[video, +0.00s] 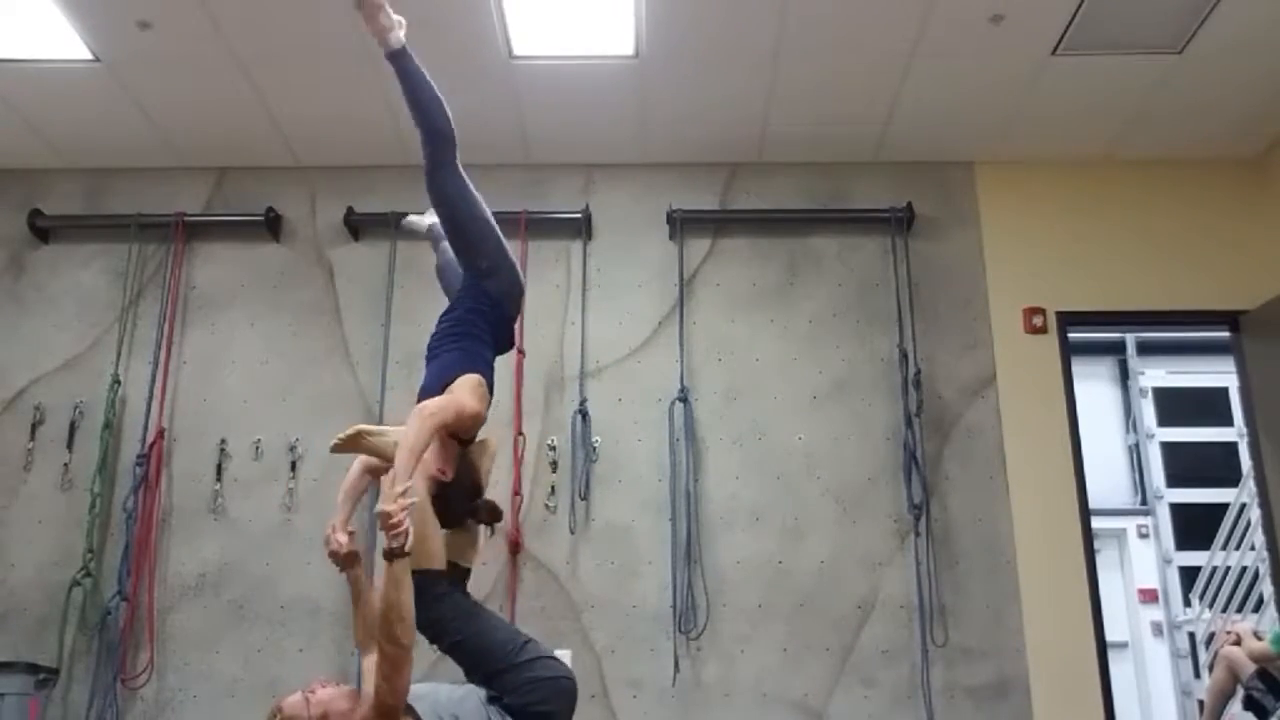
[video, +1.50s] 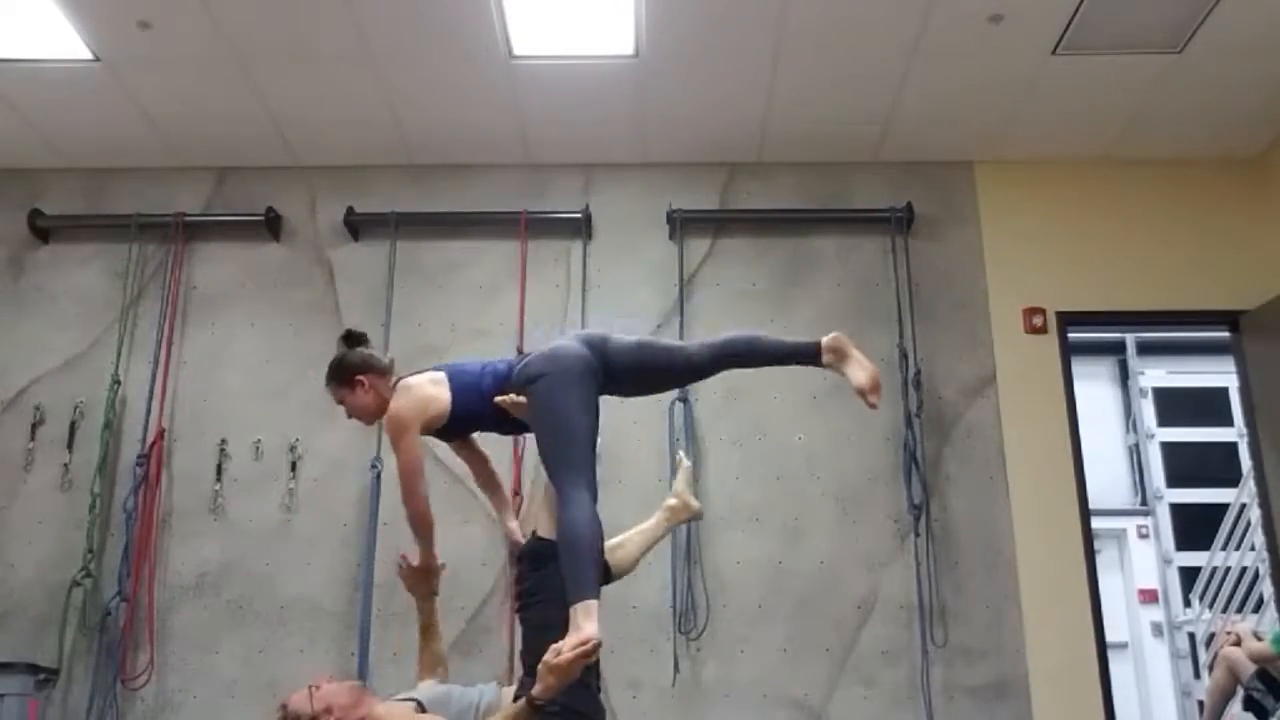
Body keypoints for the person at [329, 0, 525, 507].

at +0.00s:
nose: (429, 473)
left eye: (431, 480)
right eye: (430, 482)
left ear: (435, 471)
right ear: (448, 471)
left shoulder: (417, 433)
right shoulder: (470, 412)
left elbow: (369, 464)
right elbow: (425, 416)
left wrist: (341, 519)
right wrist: (398, 490)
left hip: (472, 317)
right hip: (495, 298)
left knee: (455, 279)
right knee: (443, 156)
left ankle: (436, 232)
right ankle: (395, 44)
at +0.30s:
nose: (431, 518)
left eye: (433, 528)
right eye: (440, 524)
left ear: (451, 510)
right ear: (461, 506)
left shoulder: (423, 455)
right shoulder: (472, 457)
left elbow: (373, 460)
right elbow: (440, 425)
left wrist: (342, 520)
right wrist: (413, 500)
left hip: (429, 341)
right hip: (467, 330)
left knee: (355, 263)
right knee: (464, 192)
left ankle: (300, 181)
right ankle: (462, 74)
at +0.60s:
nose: (543, 546)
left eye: (554, 555)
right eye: (556, 544)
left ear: (535, 535)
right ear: (555, 514)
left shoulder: (482, 518)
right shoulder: (530, 486)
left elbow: (406, 492)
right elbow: (595, 483)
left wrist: (375, 543)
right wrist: (558, 531)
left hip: (380, 422)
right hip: (421, 390)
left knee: (283, 461)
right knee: (363, 271)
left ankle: (147, 468)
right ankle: (324, 165)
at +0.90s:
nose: (454, 504)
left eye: (455, 503)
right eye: (462, 503)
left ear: (446, 487)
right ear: (470, 486)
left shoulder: (398, 466)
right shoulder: (472, 456)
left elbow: (314, 507)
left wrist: (337, 576)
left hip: (366, 403)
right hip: (418, 379)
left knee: (375, 501)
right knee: (315, 301)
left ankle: (307, 616)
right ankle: (203, 220)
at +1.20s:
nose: (321, 678)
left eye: (308, 684)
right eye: (310, 691)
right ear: (321, 714)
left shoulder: (387, 701)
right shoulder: (378, 715)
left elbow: (403, 659)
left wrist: (390, 588)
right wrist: (453, 679)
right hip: (531, 701)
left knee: (476, 561)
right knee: (472, 562)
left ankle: (545, 460)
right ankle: (546, 459)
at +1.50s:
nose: (325, 679)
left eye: (312, 685)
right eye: (316, 691)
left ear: (336, 702)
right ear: (331, 713)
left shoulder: (397, 703)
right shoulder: (398, 714)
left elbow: (433, 677)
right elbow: (491, 716)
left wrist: (425, 603)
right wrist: (541, 693)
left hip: (527, 689)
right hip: (547, 704)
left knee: (582, 564)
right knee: (539, 552)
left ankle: (674, 511)